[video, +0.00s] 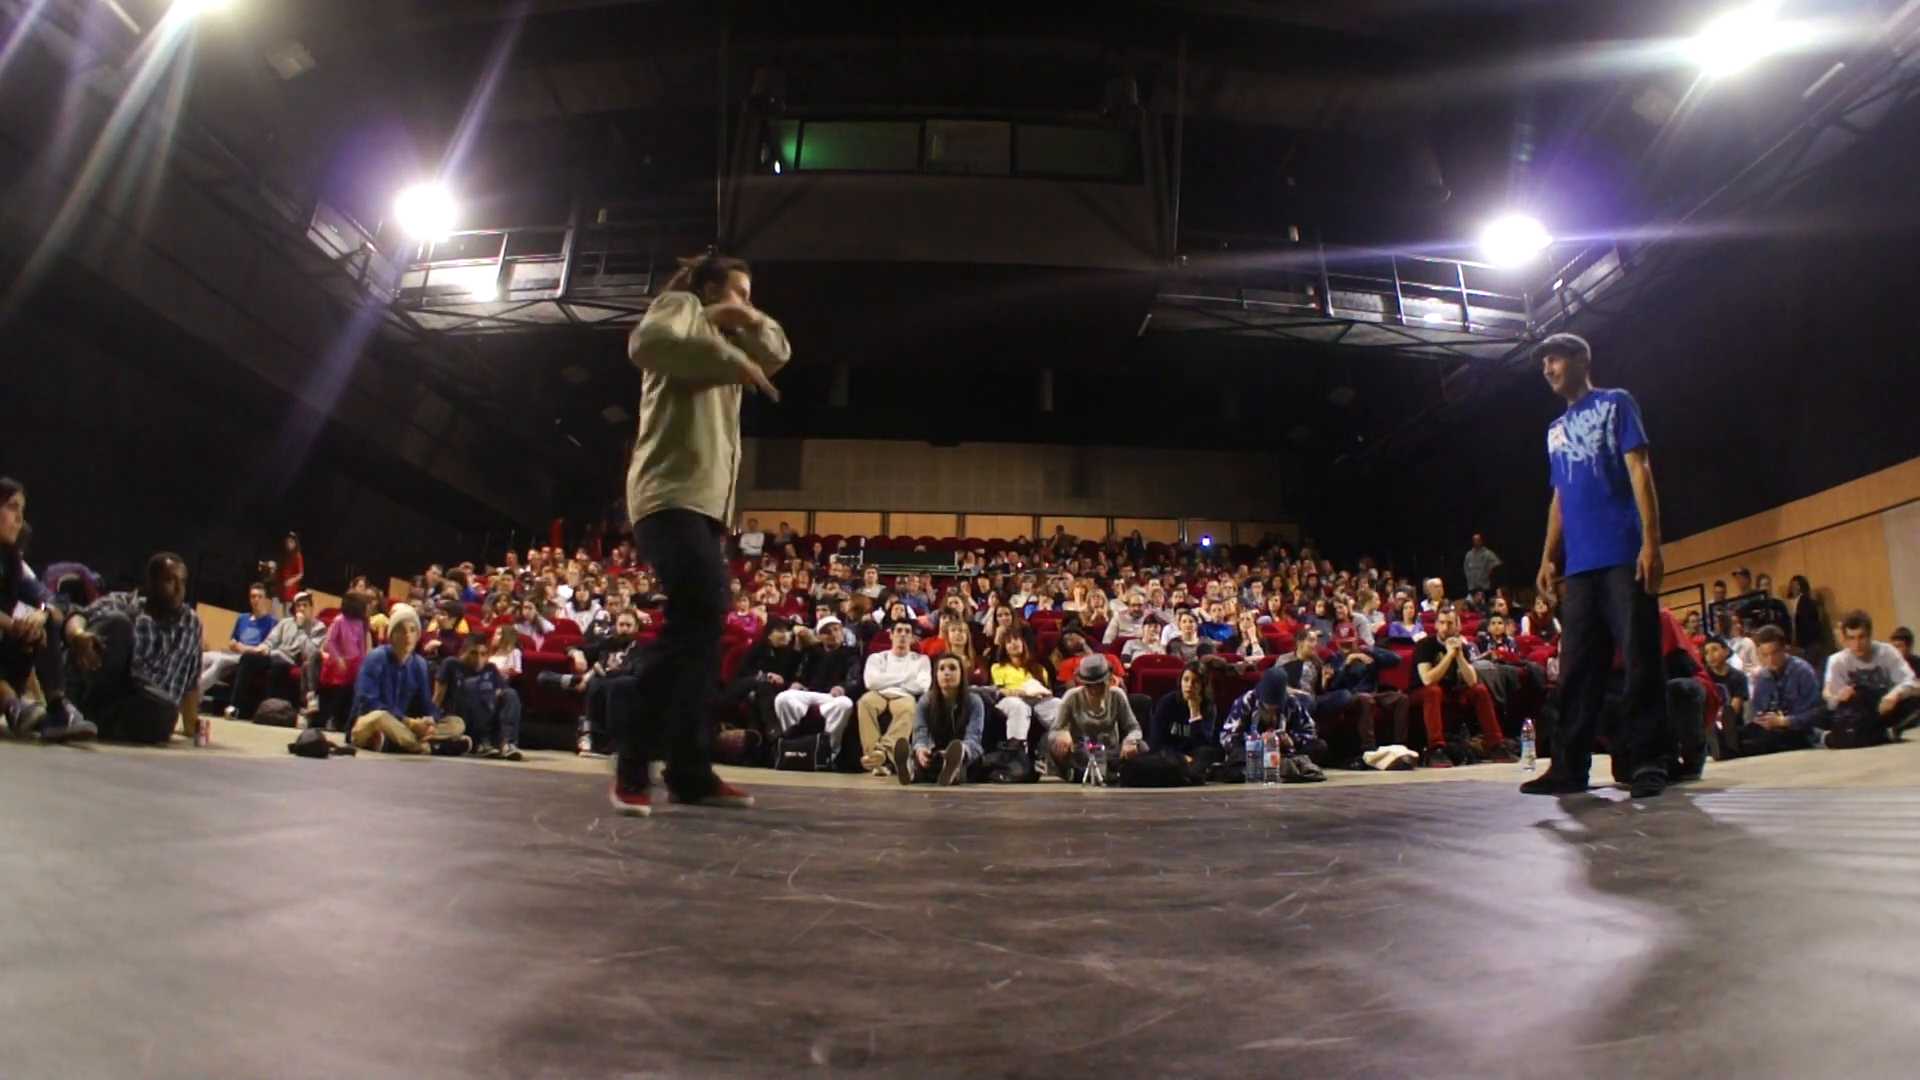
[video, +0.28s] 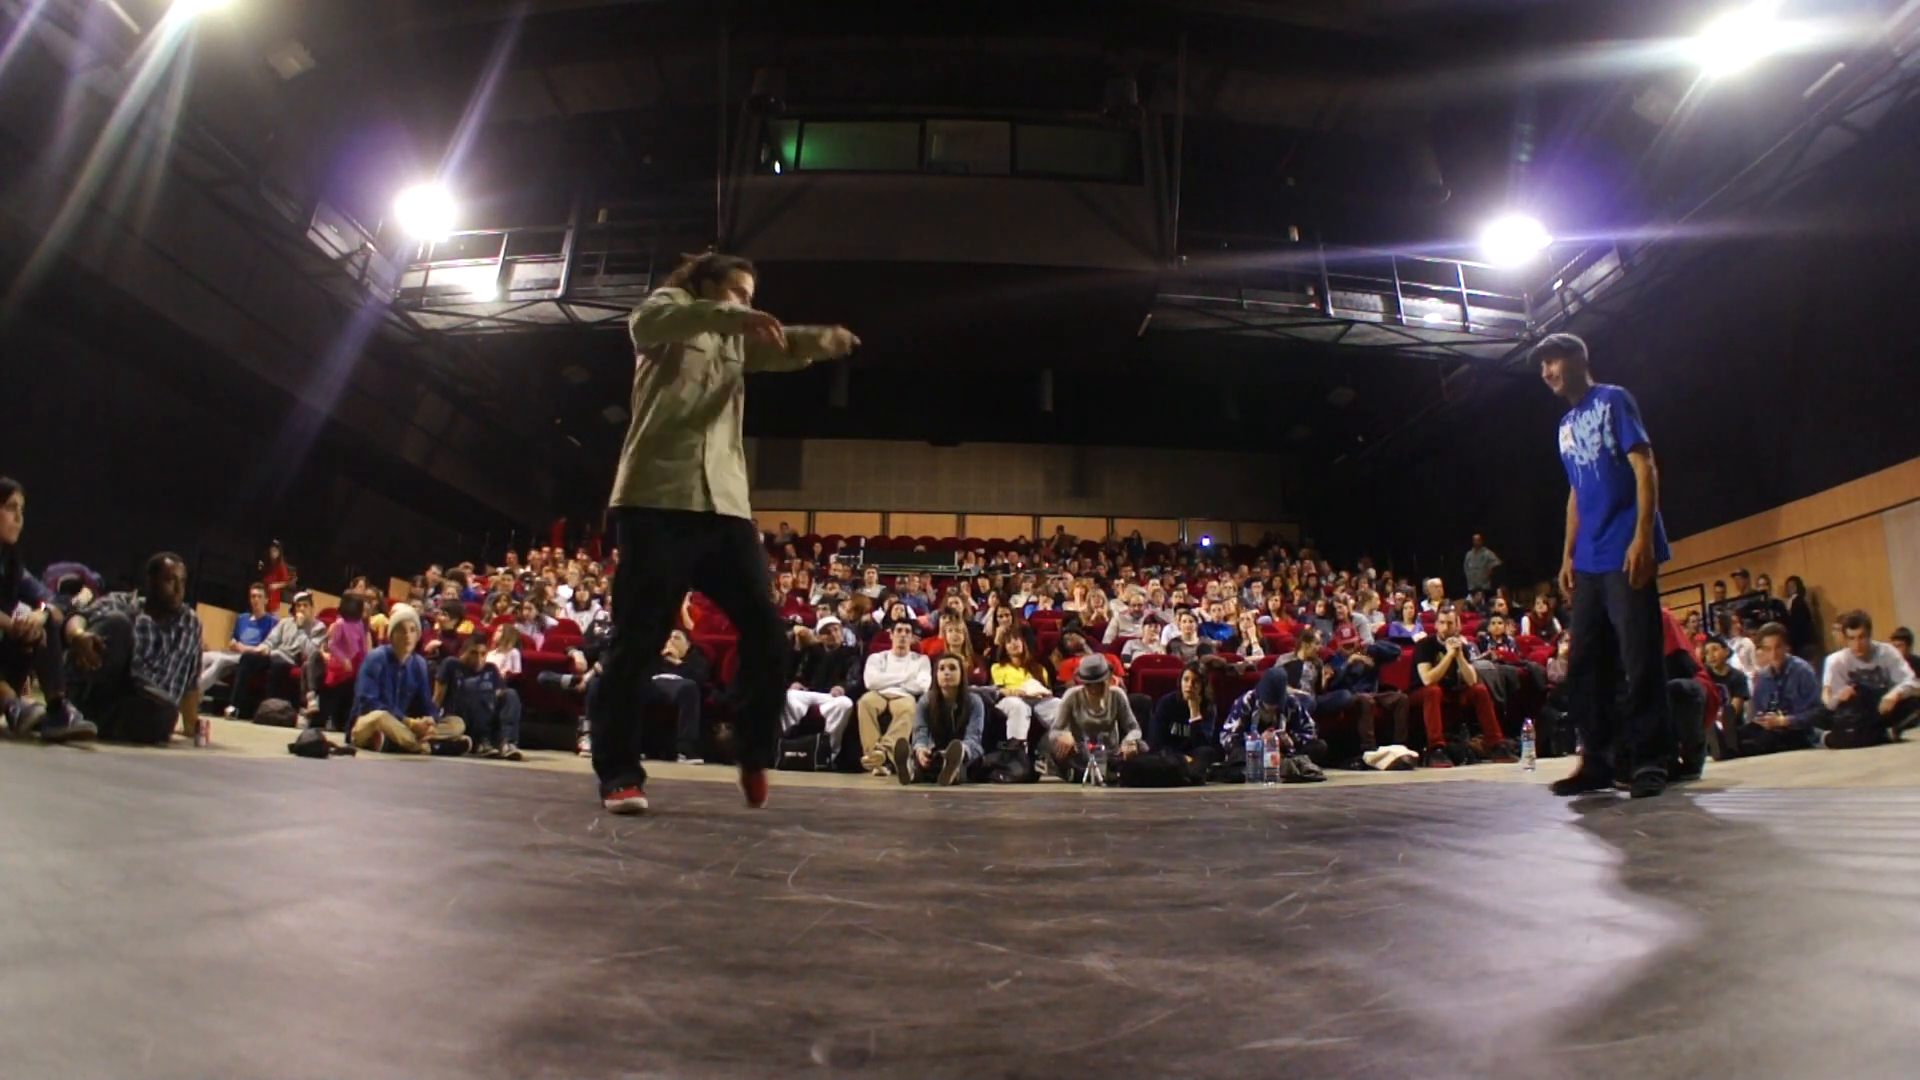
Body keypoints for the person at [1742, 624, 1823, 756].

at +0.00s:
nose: (1771, 660)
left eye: (1775, 653)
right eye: (1765, 655)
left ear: (1784, 650)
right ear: (1759, 656)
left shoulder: (1803, 671)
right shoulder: (1761, 676)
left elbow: (1817, 711)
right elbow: (1757, 709)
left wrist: (1783, 721)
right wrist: (1763, 720)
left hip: (1799, 731)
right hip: (1769, 731)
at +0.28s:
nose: (1774, 654)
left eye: (1778, 647)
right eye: (1768, 649)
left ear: (1786, 647)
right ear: (1763, 652)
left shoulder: (1802, 671)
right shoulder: (1763, 676)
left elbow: (1815, 712)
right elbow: (1757, 710)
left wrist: (1782, 721)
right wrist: (1762, 719)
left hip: (1798, 731)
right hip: (1768, 730)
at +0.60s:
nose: (1776, 651)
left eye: (1781, 645)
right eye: (1771, 646)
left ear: (1789, 646)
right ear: (1765, 649)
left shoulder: (1804, 670)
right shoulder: (1764, 675)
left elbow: (1814, 711)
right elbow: (1757, 710)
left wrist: (1783, 721)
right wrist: (1761, 719)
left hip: (1798, 730)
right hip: (1767, 730)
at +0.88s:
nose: (1777, 651)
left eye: (1782, 645)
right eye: (1772, 646)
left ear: (1790, 645)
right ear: (1767, 648)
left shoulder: (1805, 670)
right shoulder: (1763, 676)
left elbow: (1814, 711)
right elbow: (1755, 711)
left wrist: (1784, 720)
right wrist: (1761, 718)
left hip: (1798, 731)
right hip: (1767, 731)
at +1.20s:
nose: (1776, 653)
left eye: (1781, 647)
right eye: (1771, 648)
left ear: (1788, 647)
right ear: (1765, 650)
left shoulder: (1804, 671)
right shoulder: (1762, 677)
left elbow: (1813, 712)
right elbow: (1755, 713)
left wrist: (1785, 720)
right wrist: (1762, 720)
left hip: (1797, 731)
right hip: (1767, 731)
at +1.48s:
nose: (1774, 655)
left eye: (1779, 648)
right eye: (1769, 650)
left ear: (1787, 648)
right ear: (1763, 651)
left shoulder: (1803, 671)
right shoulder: (1762, 676)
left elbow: (1813, 713)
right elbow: (1755, 710)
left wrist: (1783, 721)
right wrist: (1759, 720)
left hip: (1798, 732)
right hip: (1767, 731)